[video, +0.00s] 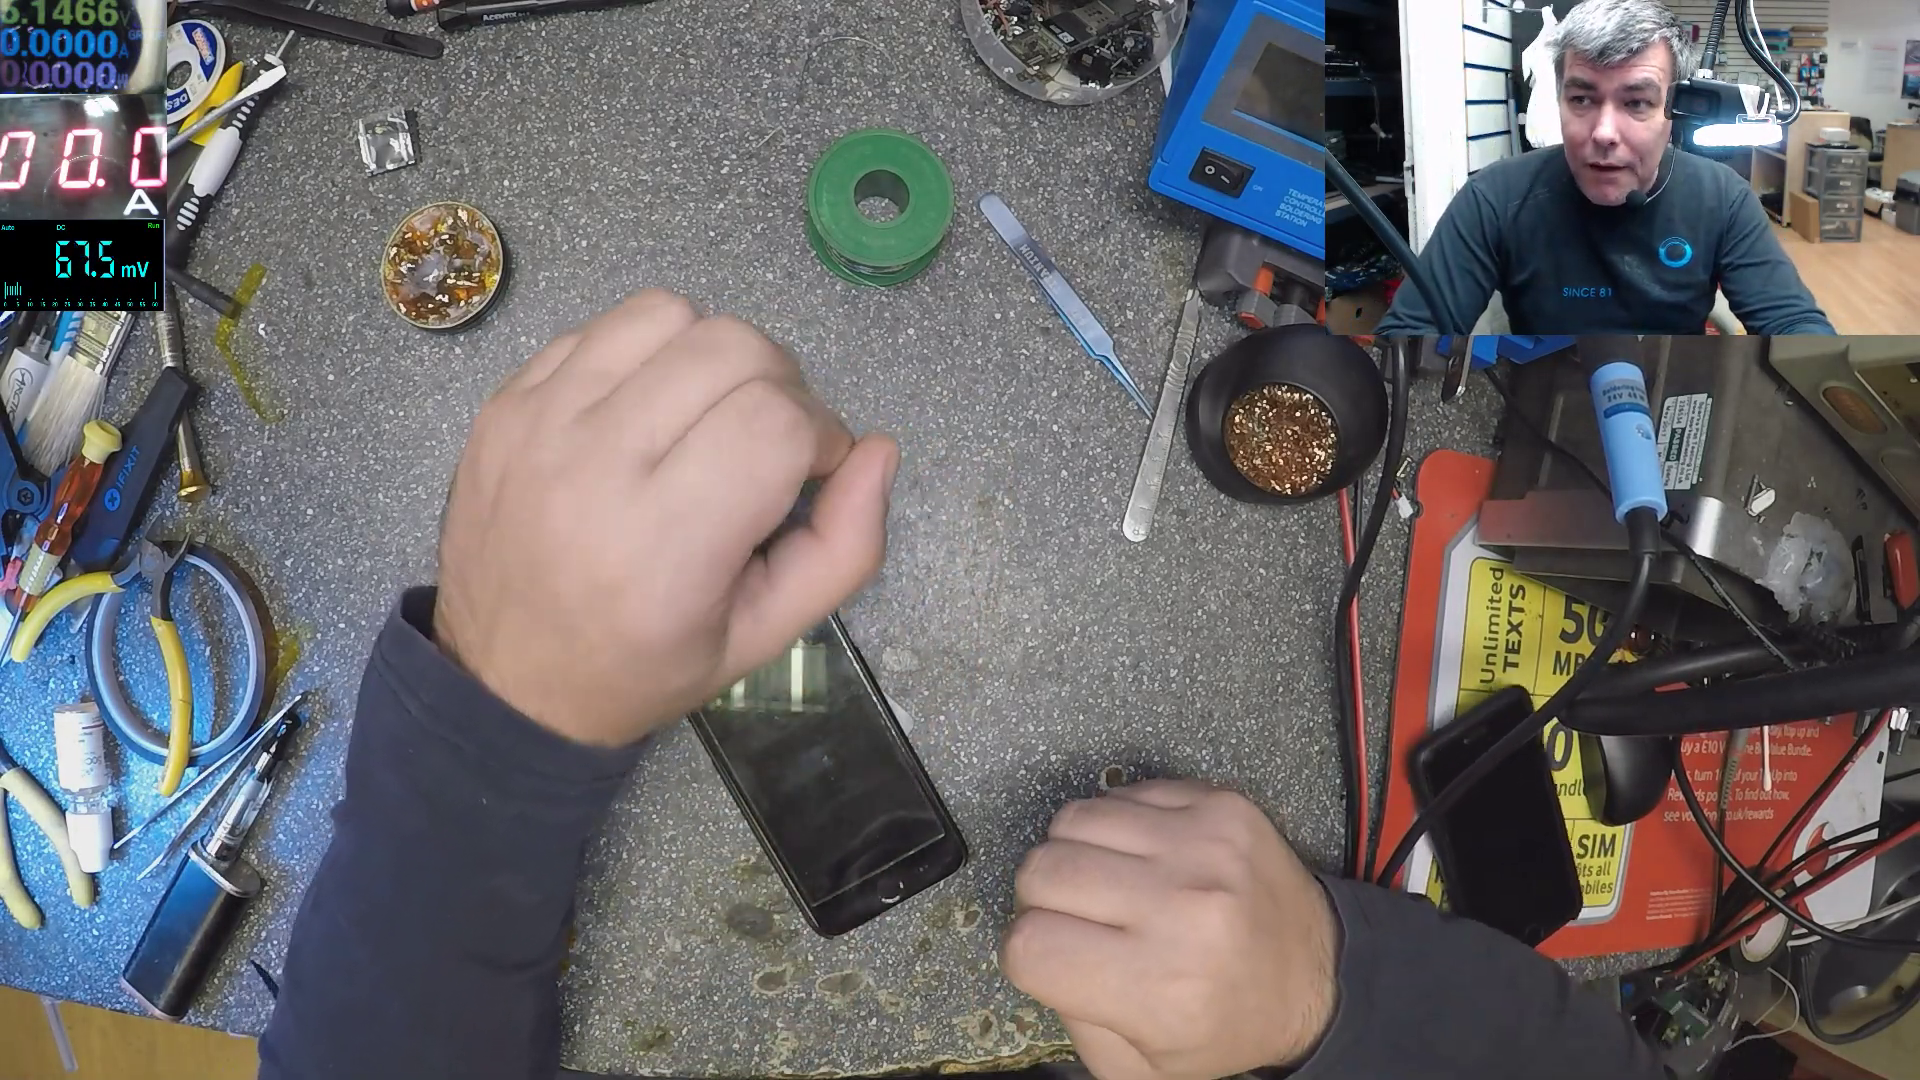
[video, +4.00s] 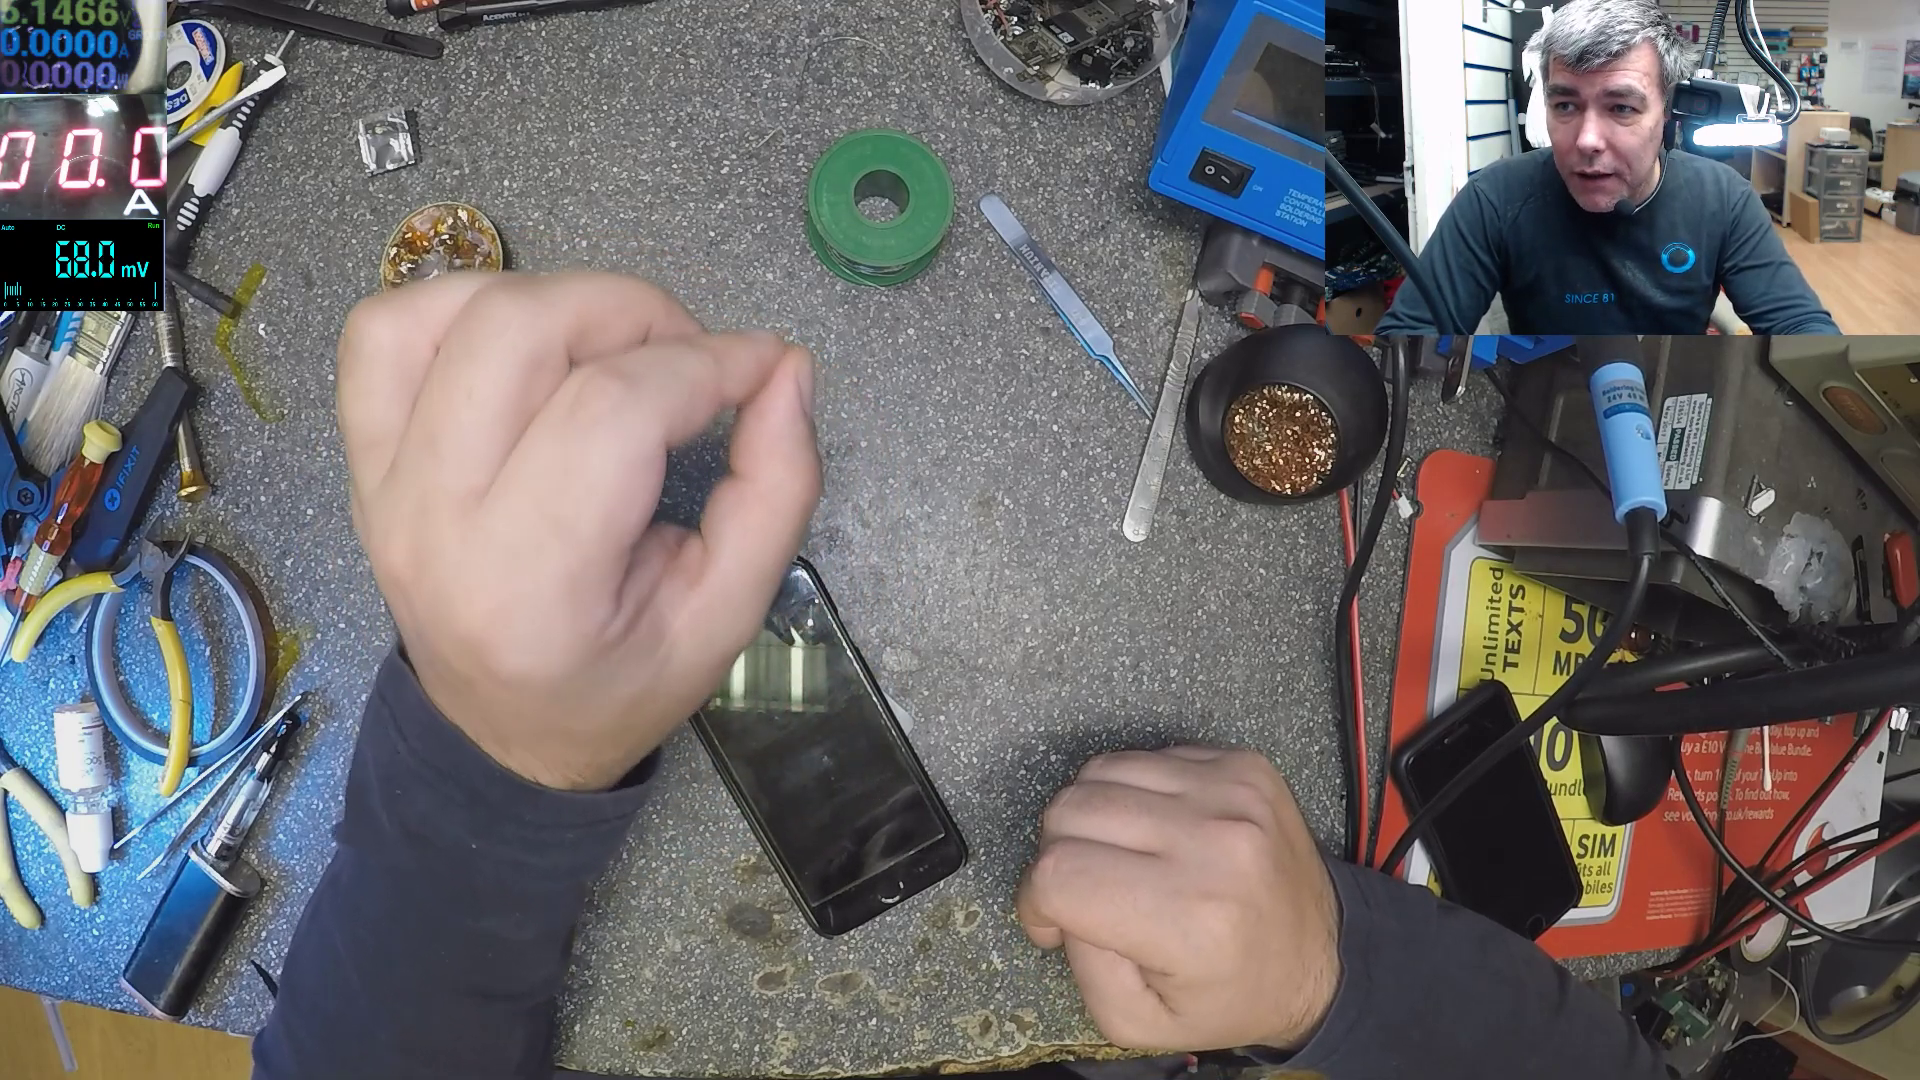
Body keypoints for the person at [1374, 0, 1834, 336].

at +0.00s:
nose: (1604, 134)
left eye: (1635, 103)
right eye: (1582, 100)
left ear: (1669, 112)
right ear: (1558, 102)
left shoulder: (1719, 199)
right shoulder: (1494, 202)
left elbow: (1794, 324)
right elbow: (1407, 335)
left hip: (1679, 414)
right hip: (1543, 416)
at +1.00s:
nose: (1593, 147)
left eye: (1627, 111)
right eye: (1569, 108)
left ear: (1667, 115)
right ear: (1545, 109)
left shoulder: (1724, 199)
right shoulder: (1494, 203)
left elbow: (1807, 331)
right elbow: (1405, 338)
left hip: (1685, 421)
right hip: (1546, 423)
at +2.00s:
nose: (1596, 155)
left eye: (1631, 122)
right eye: (1575, 116)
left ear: (1671, 118)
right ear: (1549, 109)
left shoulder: (1723, 202)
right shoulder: (1497, 203)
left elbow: (1805, 331)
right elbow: (1406, 335)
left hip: (1680, 420)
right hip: (1544, 421)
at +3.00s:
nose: (1606, 145)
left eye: (1636, 111)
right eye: (1579, 109)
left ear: (1670, 113)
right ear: (1550, 109)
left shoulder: (1722, 199)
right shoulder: (1495, 203)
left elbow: (1801, 327)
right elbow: (1407, 337)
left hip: (1681, 421)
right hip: (1544, 422)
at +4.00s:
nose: (1588, 142)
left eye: (1622, 110)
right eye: (1567, 106)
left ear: (1665, 116)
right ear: (1543, 109)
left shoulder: (1720, 199)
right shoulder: (1495, 203)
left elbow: (1802, 329)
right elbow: (1407, 338)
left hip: (1680, 423)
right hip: (1544, 424)